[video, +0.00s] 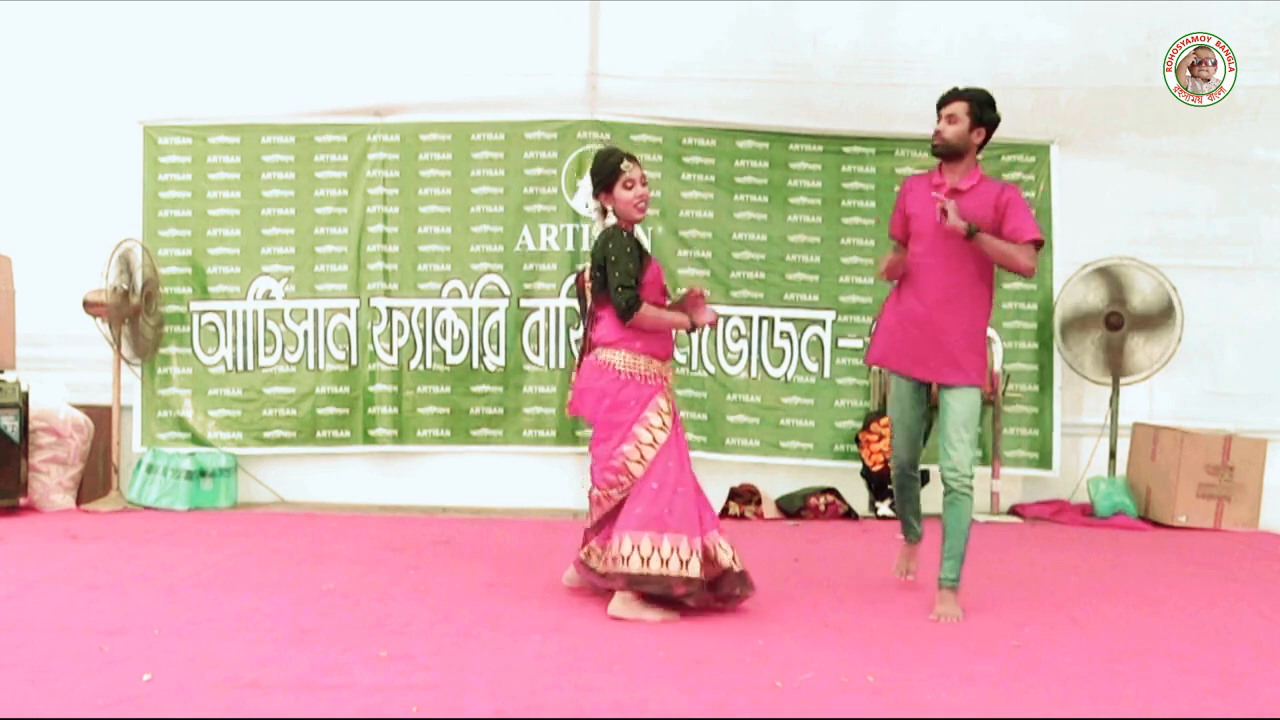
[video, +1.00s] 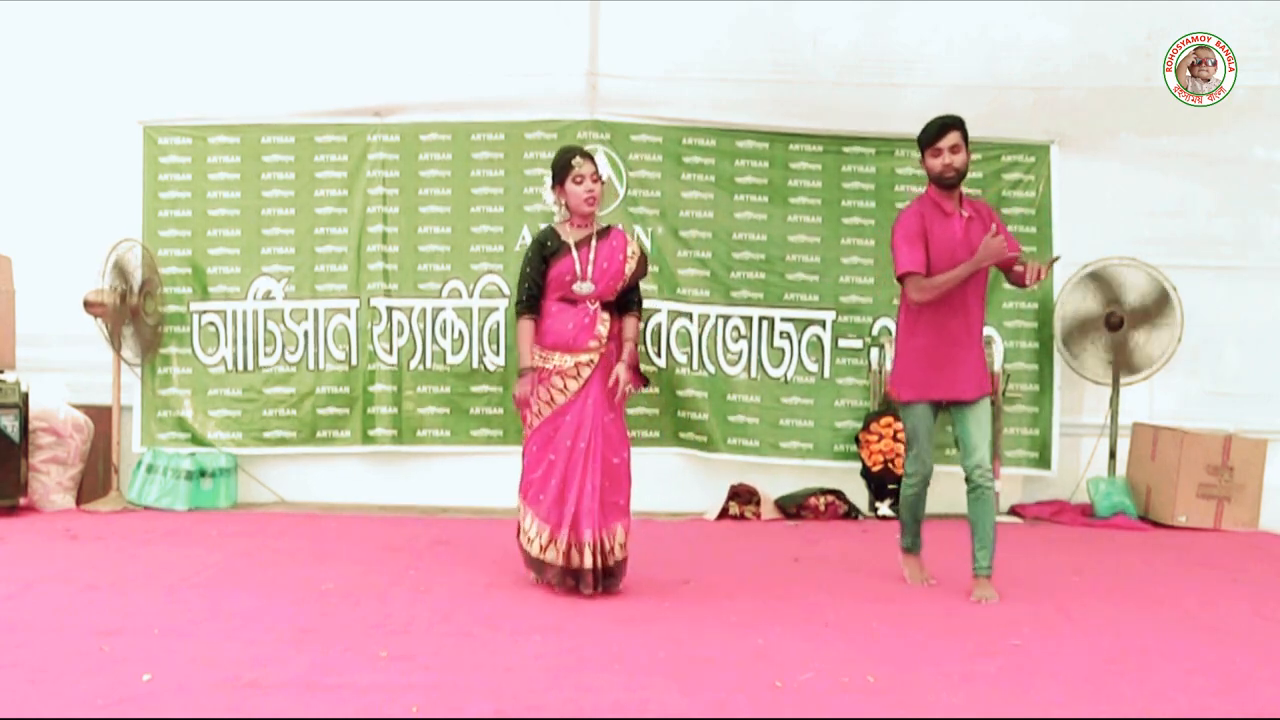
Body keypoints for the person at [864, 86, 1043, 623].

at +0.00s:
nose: (939, 127)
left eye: (951, 121)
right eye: (939, 119)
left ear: (980, 133)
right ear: (936, 128)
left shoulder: (1001, 195)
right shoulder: (913, 188)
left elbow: (1026, 263)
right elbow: (897, 249)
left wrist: (971, 231)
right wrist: (894, 263)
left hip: (963, 347)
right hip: (905, 341)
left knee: (958, 470)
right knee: (902, 458)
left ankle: (950, 586)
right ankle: (911, 536)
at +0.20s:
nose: (928, 166)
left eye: (941, 160)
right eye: (927, 157)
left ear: (963, 173)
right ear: (922, 164)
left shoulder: (972, 223)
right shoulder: (908, 222)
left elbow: (1004, 256)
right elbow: (907, 288)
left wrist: (948, 236)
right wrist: (871, 305)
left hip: (946, 364)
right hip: (901, 362)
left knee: (935, 470)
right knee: (903, 466)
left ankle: (955, 588)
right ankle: (914, 544)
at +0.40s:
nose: (926, 146)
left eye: (938, 141)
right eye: (923, 137)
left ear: (957, 152)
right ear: (915, 141)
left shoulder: (971, 197)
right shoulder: (902, 186)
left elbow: (1014, 226)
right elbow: (894, 228)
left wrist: (1009, 185)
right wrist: (844, 244)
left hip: (949, 343)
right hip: (903, 340)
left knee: (937, 450)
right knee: (906, 451)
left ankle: (944, 564)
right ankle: (911, 542)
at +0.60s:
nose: (941, 167)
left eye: (951, 160)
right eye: (933, 158)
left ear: (963, 170)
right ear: (919, 166)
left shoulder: (979, 231)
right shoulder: (898, 225)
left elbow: (999, 300)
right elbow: (891, 295)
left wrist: (1004, 325)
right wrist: (860, 345)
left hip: (951, 370)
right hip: (900, 367)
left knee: (939, 475)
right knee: (907, 472)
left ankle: (942, 569)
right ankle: (922, 554)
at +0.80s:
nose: (947, 154)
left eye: (955, 146)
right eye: (936, 148)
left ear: (968, 155)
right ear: (922, 157)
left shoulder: (987, 214)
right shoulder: (901, 212)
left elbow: (1000, 284)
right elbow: (884, 288)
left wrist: (1005, 302)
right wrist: (944, 296)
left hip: (965, 362)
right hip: (911, 362)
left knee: (957, 470)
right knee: (912, 470)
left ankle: (940, 570)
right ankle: (917, 548)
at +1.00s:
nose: (949, 158)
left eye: (956, 149)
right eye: (938, 152)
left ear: (969, 155)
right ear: (924, 160)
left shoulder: (982, 213)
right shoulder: (911, 219)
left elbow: (1013, 268)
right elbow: (917, 291)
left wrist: (1026, 274)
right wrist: (981, 261)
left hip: (968, 360)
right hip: (918, 362)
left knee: (979, 471)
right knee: (919, 469)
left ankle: (982, 575)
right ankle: (911, 552)